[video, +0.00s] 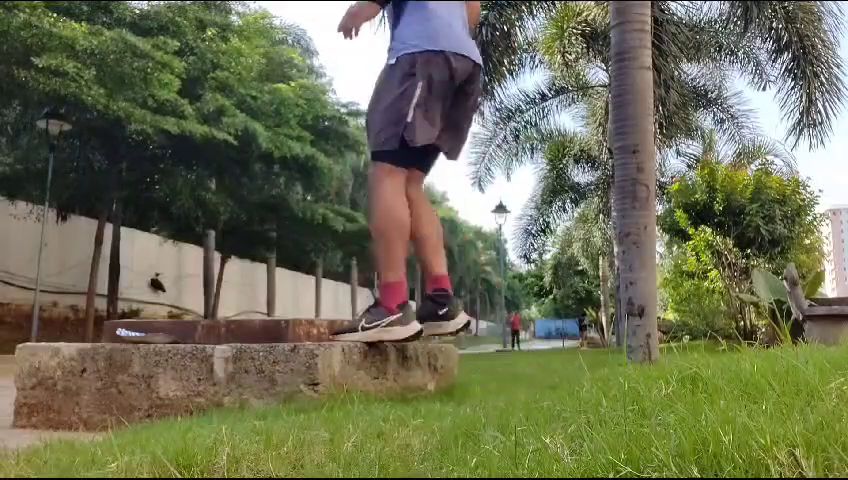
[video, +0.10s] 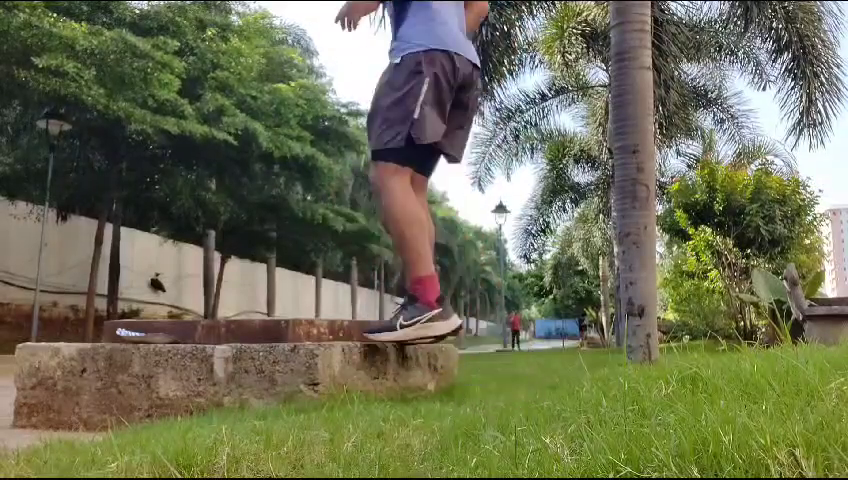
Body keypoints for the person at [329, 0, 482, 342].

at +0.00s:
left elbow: (375, 5)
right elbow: (473, 10)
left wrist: (361, 10)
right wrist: (450, 42)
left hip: (419, 49)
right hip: (467, 57)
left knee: (387, 173)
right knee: (413, 182)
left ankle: (391, 306)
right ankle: (440, 301)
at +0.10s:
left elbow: (370, 3)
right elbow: (480, 6)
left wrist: (358, 7)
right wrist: (447, 40)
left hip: (423, 50)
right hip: (465, 61)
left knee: (390, 174)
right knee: (416, 184)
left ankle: (426, 303)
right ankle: (426, 302)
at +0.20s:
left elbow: (373, 4)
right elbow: (490, 2)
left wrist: (364, 5)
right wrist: (456, 37)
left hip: (431, 52)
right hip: (465, 59)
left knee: (401, 180)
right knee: (412, 184)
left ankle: (460, 302)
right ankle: (418, 307)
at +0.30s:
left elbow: (380, 5)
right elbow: (503, 2)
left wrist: (369, 13)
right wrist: (464, 35)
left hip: (445, 63)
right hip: (474, 69)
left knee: (430, 202)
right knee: (392, 182)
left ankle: (469, 338)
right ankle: (436, 293)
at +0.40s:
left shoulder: (410, 6)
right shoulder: (475, 5)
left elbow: (425, 7)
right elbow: (513, 34)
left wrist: (391, 51)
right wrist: (471, 80)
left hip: (447, 116)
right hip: (484, 119)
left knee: (453, 252)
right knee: (386, 208)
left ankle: (500, 379)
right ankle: (466, 286)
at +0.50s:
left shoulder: (419, 2)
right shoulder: (474, 7)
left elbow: (448, 5)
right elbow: (513, 48)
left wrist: (395, 66)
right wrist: (470, 93)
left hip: (447, 117)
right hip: (483, 123)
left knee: (452, 249)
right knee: (402, 235)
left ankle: (504, 379)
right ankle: (477, 326)